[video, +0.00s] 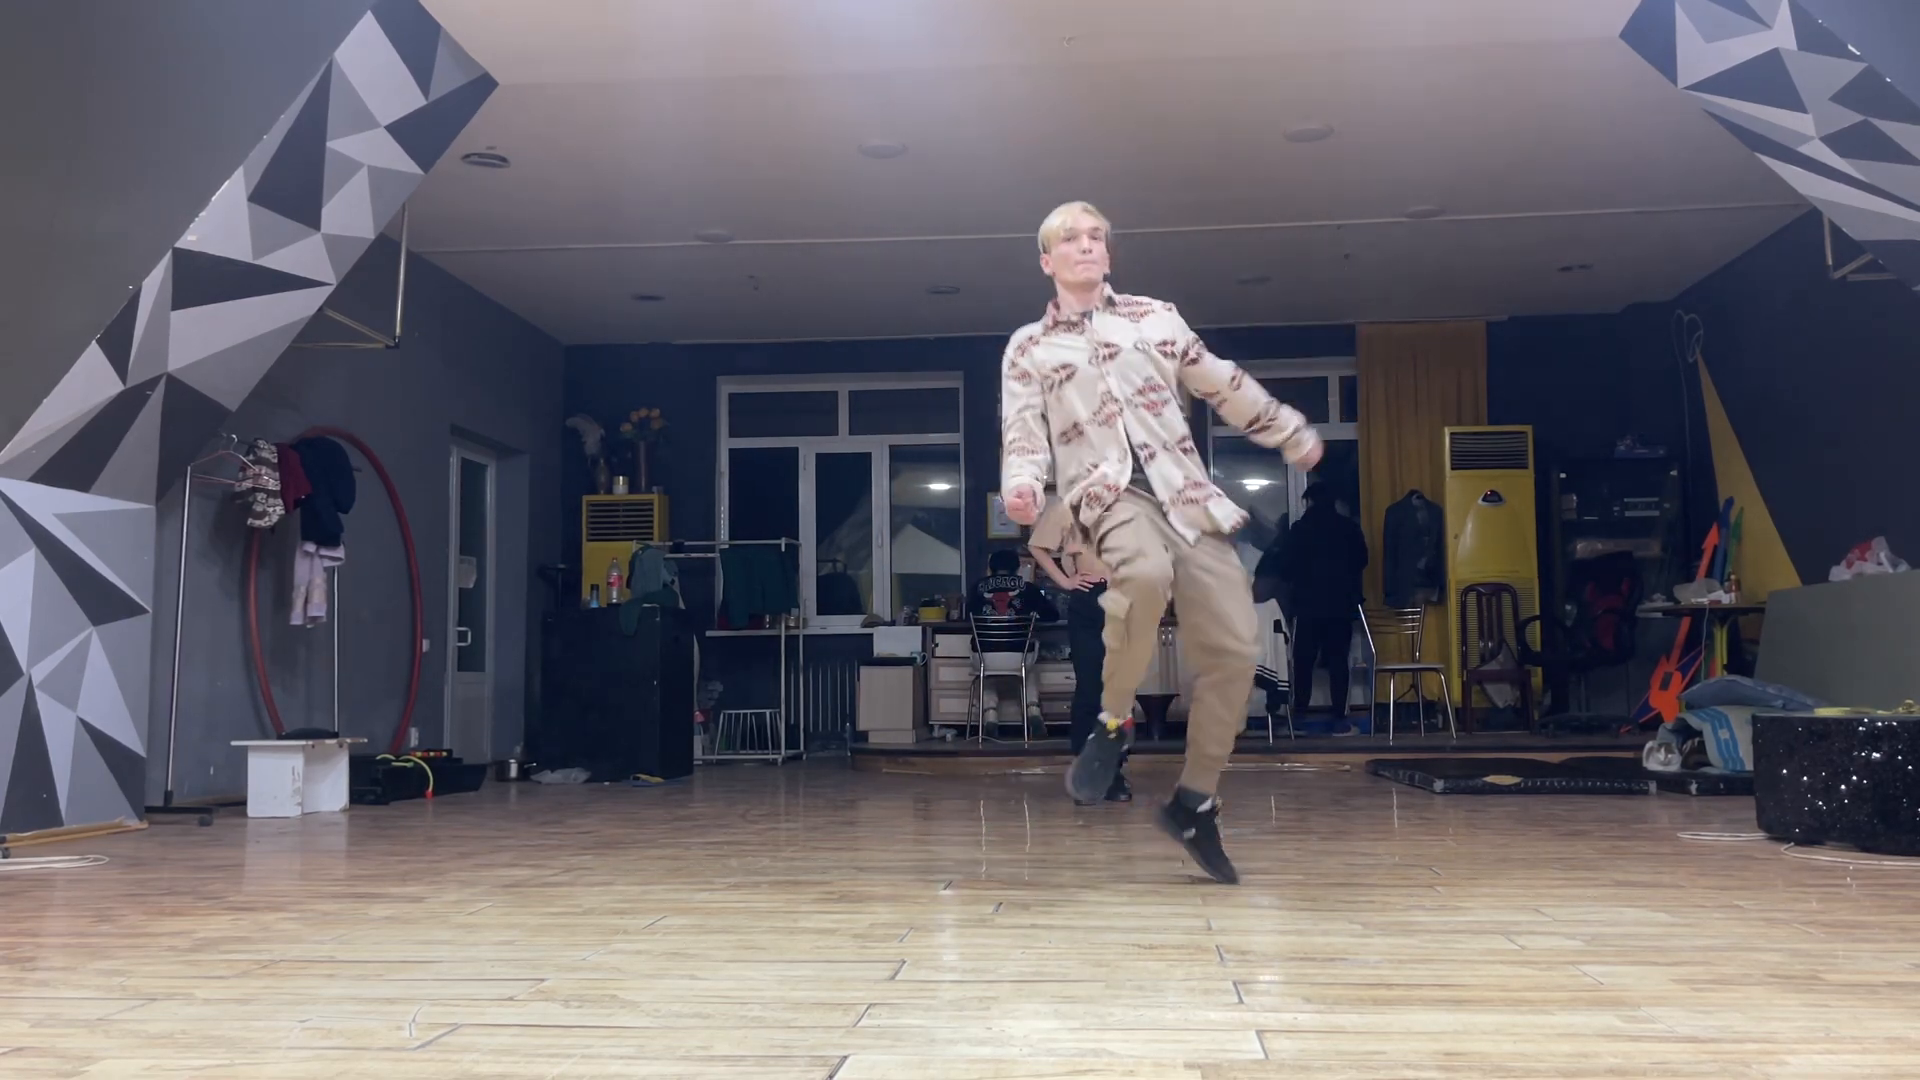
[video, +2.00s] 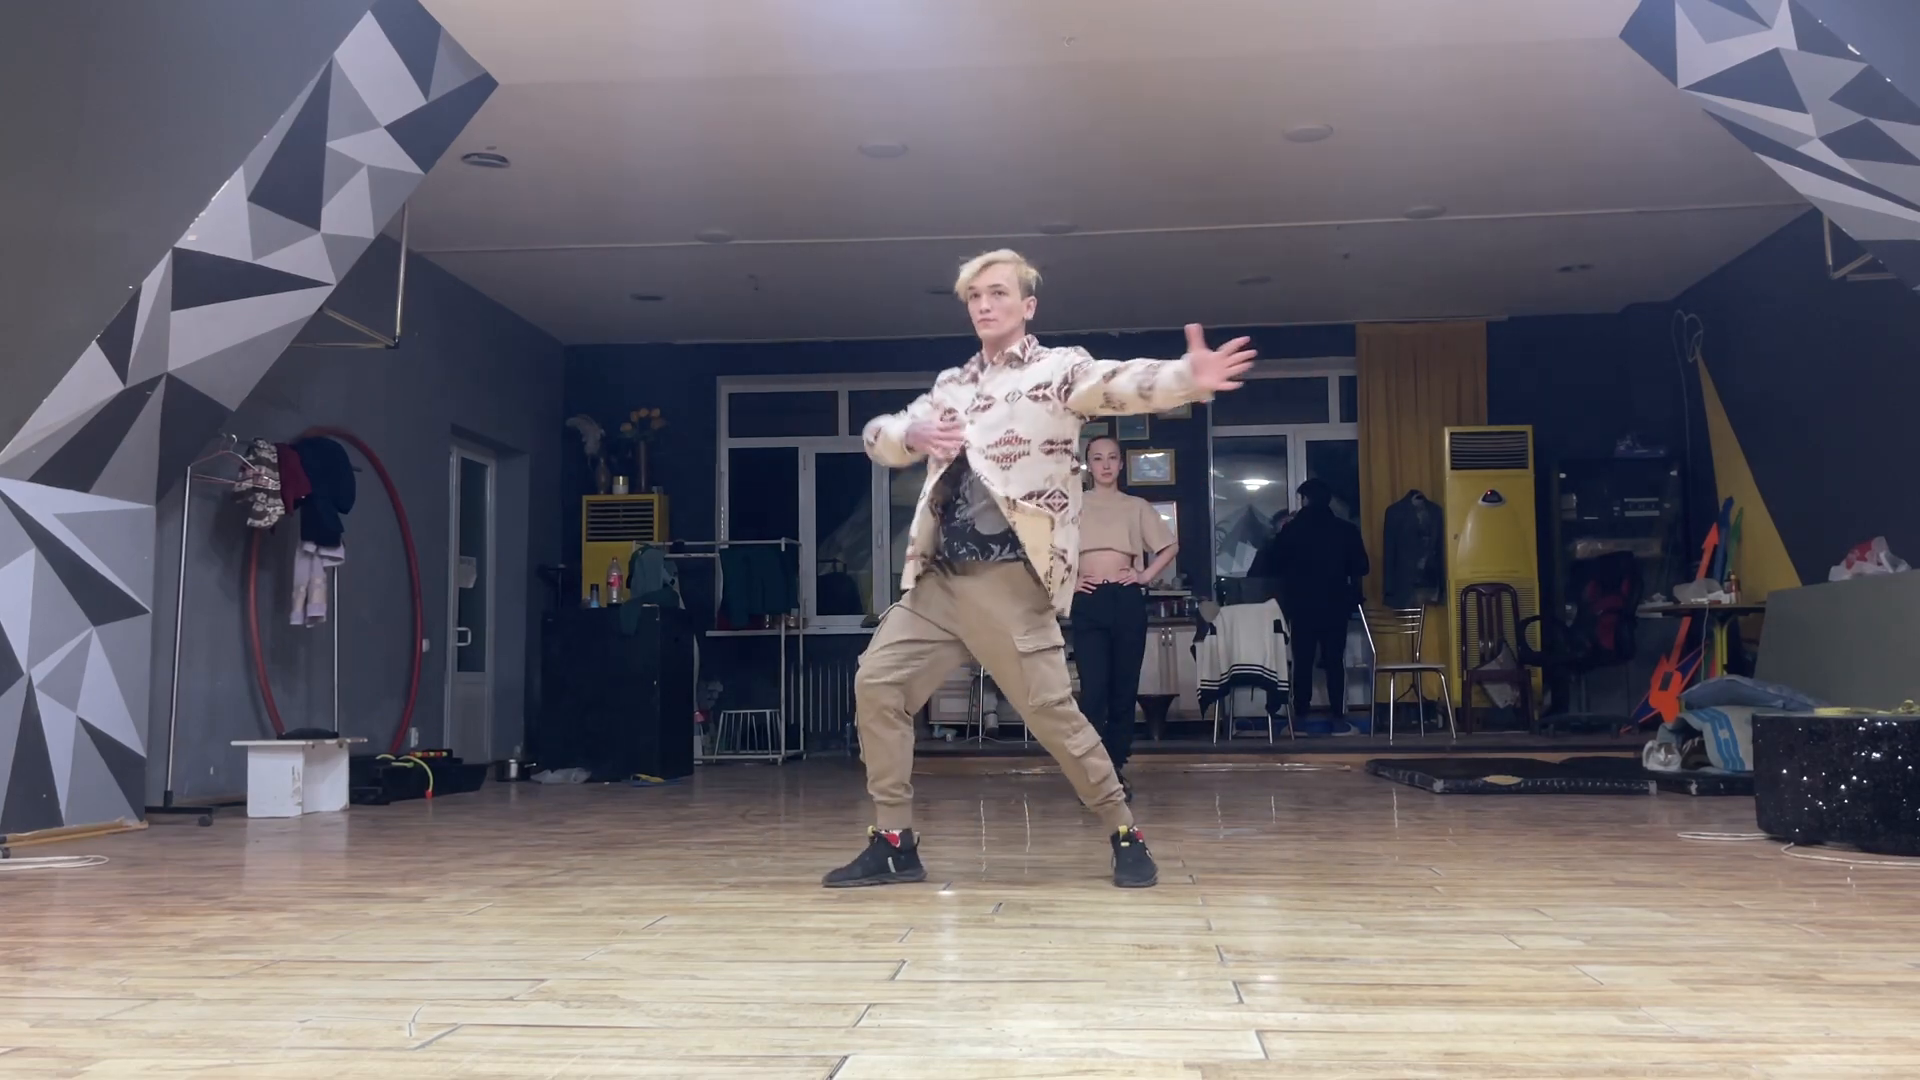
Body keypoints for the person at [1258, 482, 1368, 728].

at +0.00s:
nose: (1308, 505)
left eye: (1308, 501)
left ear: (1309, 502)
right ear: (1333, 501)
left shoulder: (1298, 530)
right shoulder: (1349, 528)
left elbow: (1286, 569)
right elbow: (1361, 561)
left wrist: (1289, 605)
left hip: (1307, 606)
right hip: (1341, 605)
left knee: (1303, 663)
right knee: (1338, 663)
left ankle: (1298, 718)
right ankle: (1339, 720)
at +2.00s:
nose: (1302, 502)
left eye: (1302, 498)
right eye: (1303, 499)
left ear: (1305, 500)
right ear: (1328, 500)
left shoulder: (1291, 530)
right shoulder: (1346, 529)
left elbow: (1270, 567)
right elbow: (1360, 567)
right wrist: (1337, 564)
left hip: (1301, 604)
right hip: (1335, 604)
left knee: (1302, 661)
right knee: (1335, 661)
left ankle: (1300, 717)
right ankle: (1338, 718)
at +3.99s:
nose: (1297, 503)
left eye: (1298, 499)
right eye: (1297, 499)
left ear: (1301, 500)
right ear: (1325, 500)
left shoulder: (1285, 530)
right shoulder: (1344, 530)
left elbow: (1270, 567)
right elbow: (1357, 567)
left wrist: (1283, 594)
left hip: (1298, 605)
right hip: (1332, 605)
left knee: (1300, 661)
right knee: (1333, 661)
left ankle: (1299, 719)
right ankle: (1337, 719)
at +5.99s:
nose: (1258, 514)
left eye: (1258, 510)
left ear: (1259, 510)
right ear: (1283, 506)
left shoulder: (1255, 532)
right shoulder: (1304, 523)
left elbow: (1240, 568)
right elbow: (1324, 554)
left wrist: (1268, 589)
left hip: (1283, 602)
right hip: (1316, 598)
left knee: (1293, 660)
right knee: (1328, 657)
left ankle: (1297, 717)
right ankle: (1337, 714)